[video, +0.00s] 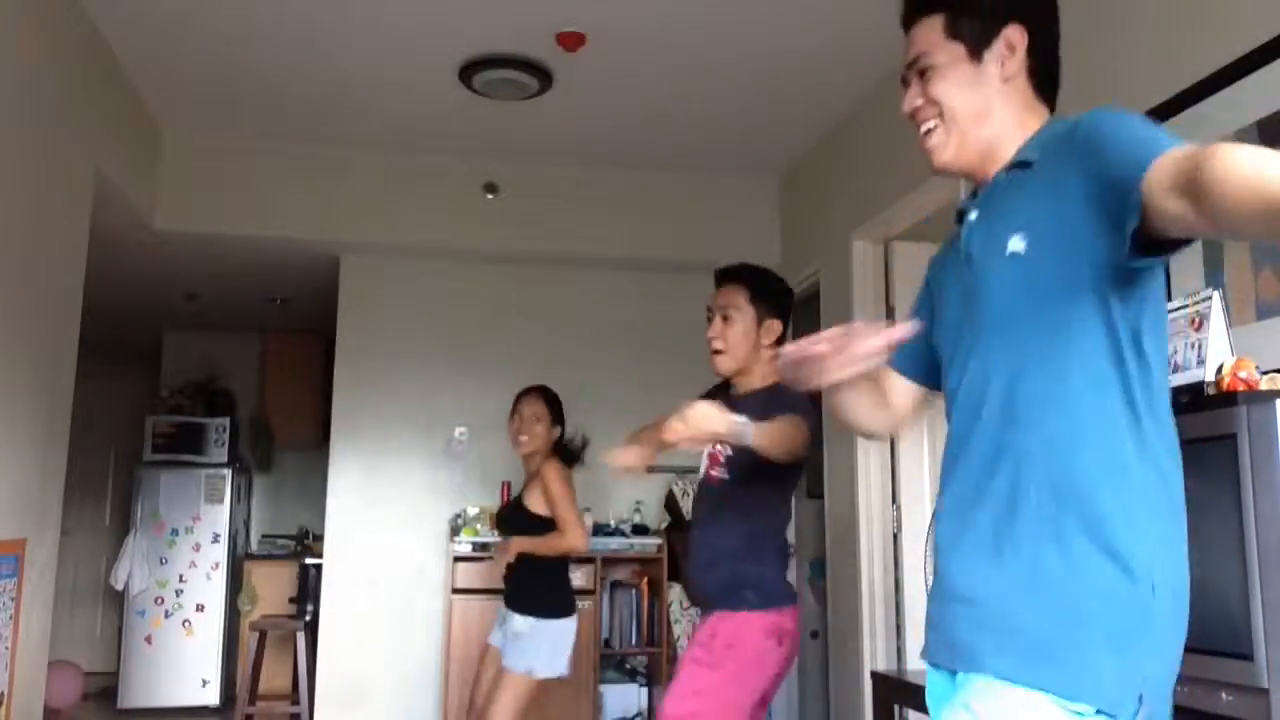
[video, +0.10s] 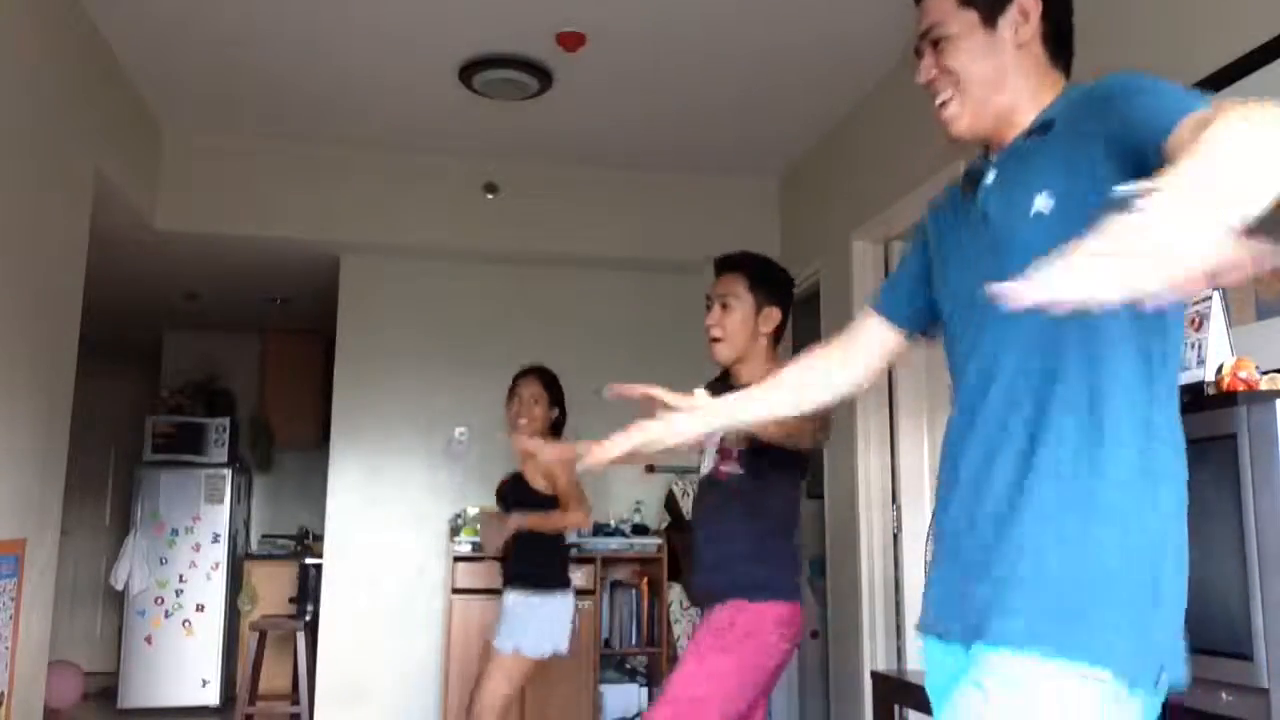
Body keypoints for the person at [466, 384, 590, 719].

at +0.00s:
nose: (522, 426)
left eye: (534, 419)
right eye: (517, 417)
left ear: (555, 431)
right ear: (510, 423)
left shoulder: (551, 470)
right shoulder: (533, 473)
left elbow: (576, 539)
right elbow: (555, 532)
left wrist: (517, 544)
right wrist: (514, 544)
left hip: (542, 618)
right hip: (515, 611)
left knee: (499, 713)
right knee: (479, 707)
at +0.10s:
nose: (522, 409)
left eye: (535, 401)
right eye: (516, 399)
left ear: (554, 414)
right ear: (508, 407)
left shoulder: (553, 454)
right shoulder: (531, 459)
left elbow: (580, 516)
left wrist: (520, 520)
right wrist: (511, 524)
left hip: (540, 597)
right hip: (526, 593)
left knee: (488, 702)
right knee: (504, 699)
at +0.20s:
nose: (523, 391)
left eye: (535, 383)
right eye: (518, 382)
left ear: (555, 396)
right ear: (510, 390)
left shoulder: (551, 440)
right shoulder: (525, 446)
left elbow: (588, 490)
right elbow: (514, 501)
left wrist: (522, 497)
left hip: (542, 574)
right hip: (525, 572)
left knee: (503, 690)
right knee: (511, 689)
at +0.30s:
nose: (521, 403)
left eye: (533, 395)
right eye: (517, 394)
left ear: (555, 408)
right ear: (511, 401)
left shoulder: (548, 446)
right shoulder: (528, 454)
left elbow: (593, 491)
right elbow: (481, 482)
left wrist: (531, 510)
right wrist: (451, 448)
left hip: (541, 582)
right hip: (530, 580)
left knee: (523, 704)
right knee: (503, 695)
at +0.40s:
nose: (520, 424)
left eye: (533, 418)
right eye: (516, 415)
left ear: (554, 429)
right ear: (511, 421)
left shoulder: (550, 466)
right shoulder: (528, 475)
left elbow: (595, 518)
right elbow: (478, 483)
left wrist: (527, 534)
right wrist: (466, 434)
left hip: (543, 596)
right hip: (528, 595)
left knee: (520, 706)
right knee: (505, 701)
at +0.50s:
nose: (524, 410)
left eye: (535, 401)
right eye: (519, 401)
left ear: (556, 408)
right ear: (513, 406)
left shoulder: (559, 449)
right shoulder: (532, 457)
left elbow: (590, 513)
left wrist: (522, 519)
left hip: (545, 585)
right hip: (528, 585)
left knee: (523, 700)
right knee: (506, 696)